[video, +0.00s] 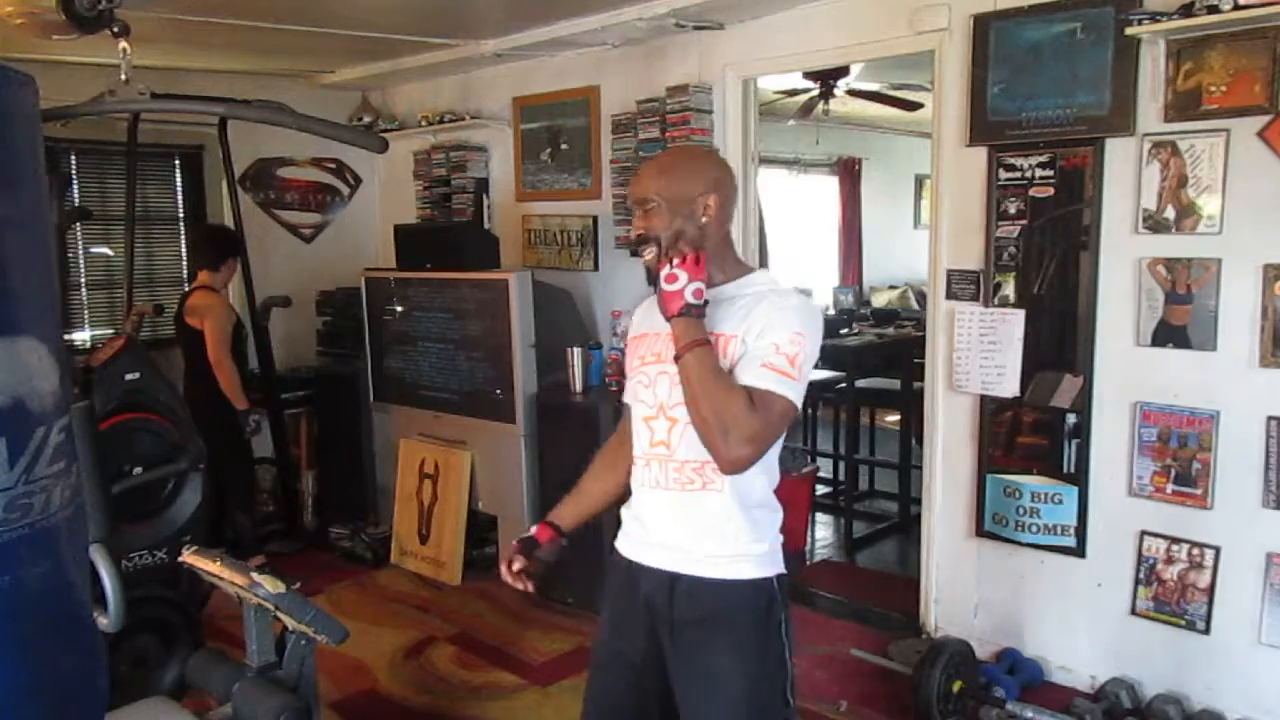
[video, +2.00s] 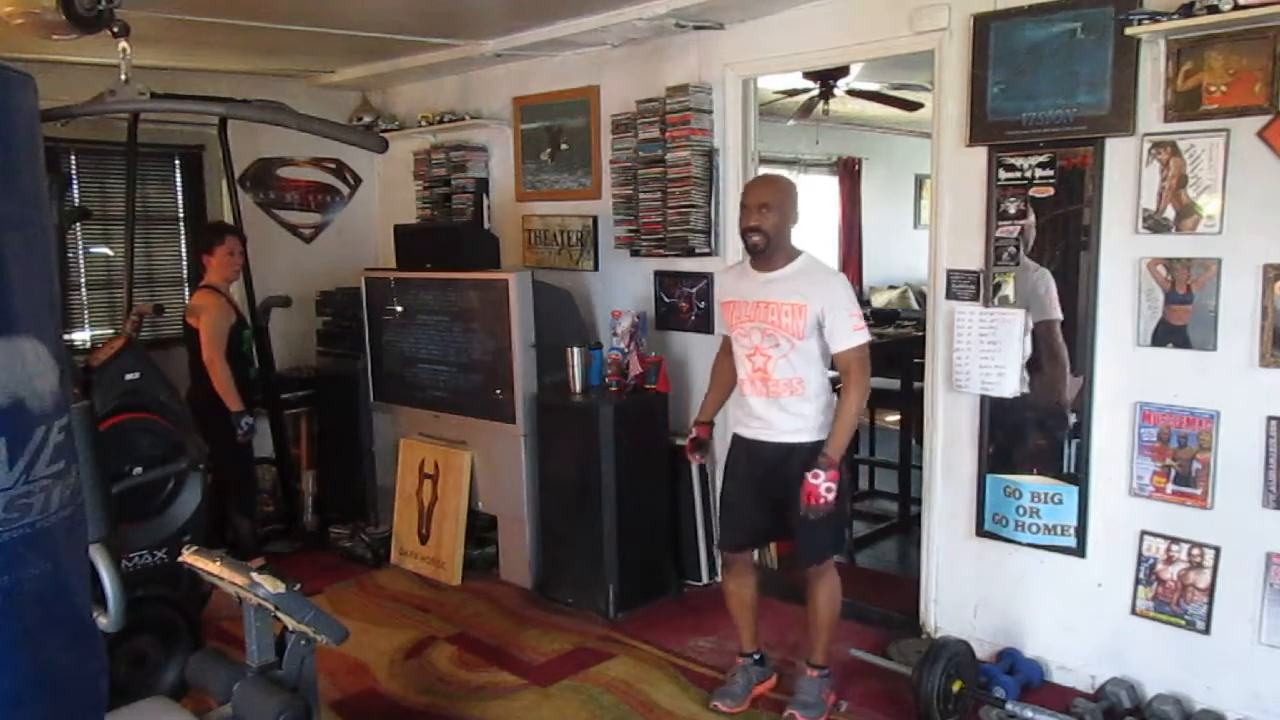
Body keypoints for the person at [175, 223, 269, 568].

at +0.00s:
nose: (236, 269)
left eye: (236, 262)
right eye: (235, 262)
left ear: (201, 261)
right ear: (228, 264)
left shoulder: (192, 300)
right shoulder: (216, 305)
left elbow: (199, 359)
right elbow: (220, 360)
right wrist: (243, 406)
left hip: (199, 399)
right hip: (217, 402)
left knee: (217, 474)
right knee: (237, 473)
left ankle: (215, 544)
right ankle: (245, 549)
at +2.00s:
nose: (238, 261)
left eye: (240, 255)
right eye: (229, 254)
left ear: (241, 258)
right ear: (207, 259)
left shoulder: (208, 297)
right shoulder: (214, 304)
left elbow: (212, 357)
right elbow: (214, 360)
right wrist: (239, 410)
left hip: (210, 402)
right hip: (220, 406)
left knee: (225, 478)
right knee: (238, 480)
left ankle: (222, 548)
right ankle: (247, 553)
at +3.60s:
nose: (244, 273)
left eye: (249, 265)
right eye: (236, 265)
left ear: (255, 262)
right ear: (215, 262)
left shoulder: (243, 292)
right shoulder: (210, 303)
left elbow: (246, 350)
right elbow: (202, 365)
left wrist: (262, 391)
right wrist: (221, 418)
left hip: (247, 402)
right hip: (225, 407)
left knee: (244, 480)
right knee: (232, 484)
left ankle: (243, 548)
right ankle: (230, 552)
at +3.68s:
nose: (244, 273)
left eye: (250, 266)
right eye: (237, 265)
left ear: (255, 263)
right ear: (216, 261)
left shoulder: (244, 294)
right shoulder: (211, 304)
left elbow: (246, 346)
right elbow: (201, 367)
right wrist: (218, 421)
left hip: (251, 405)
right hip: (229, 411)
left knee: (247, 482)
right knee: (236, 486)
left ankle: (246, 548)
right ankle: (233, 553)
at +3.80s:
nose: (244, 274)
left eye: (249, 267)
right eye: (236, 266)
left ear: (256, 263)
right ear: (216, 262)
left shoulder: (248, 294)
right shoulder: (212, 306)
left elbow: (254, 351)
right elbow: (199, 369)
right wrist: (213, 424)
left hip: (259, 406)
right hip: (234, 411)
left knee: (252, 483)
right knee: (240, 487)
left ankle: (250, 548)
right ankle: (238, 553)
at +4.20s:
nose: (235, 279)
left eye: (243, 270)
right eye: (227, 271)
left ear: (257, 263)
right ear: (214, 265)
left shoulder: (271, 300)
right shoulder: (210, 311)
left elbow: (288, 354)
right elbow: (194, 377)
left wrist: (324, 395)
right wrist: (204, 434)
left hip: (276, 414)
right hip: (234, 420)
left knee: (295, 481)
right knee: (241, 498)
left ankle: (294, 557)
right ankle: (243, 566)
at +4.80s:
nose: (198, 300)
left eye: (203, 291)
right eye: (193, 293)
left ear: (229, 278)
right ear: (190, 287)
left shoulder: (270, 314)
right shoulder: (205, 324)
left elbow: (313, 370)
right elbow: (212, 378)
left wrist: (313, 430)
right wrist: (211, 435)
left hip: (287, 429)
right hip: (243, 432)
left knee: (301, 507)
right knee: (233, 507)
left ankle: (316, 586)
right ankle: (246, 589)